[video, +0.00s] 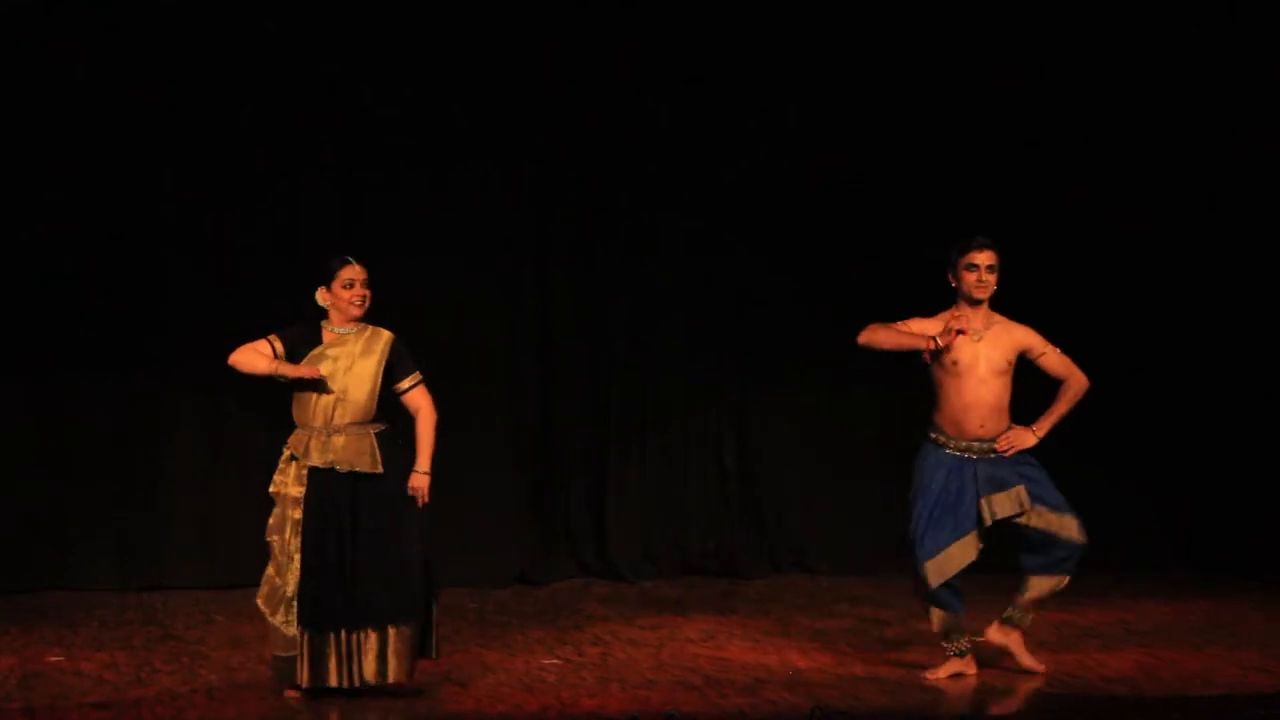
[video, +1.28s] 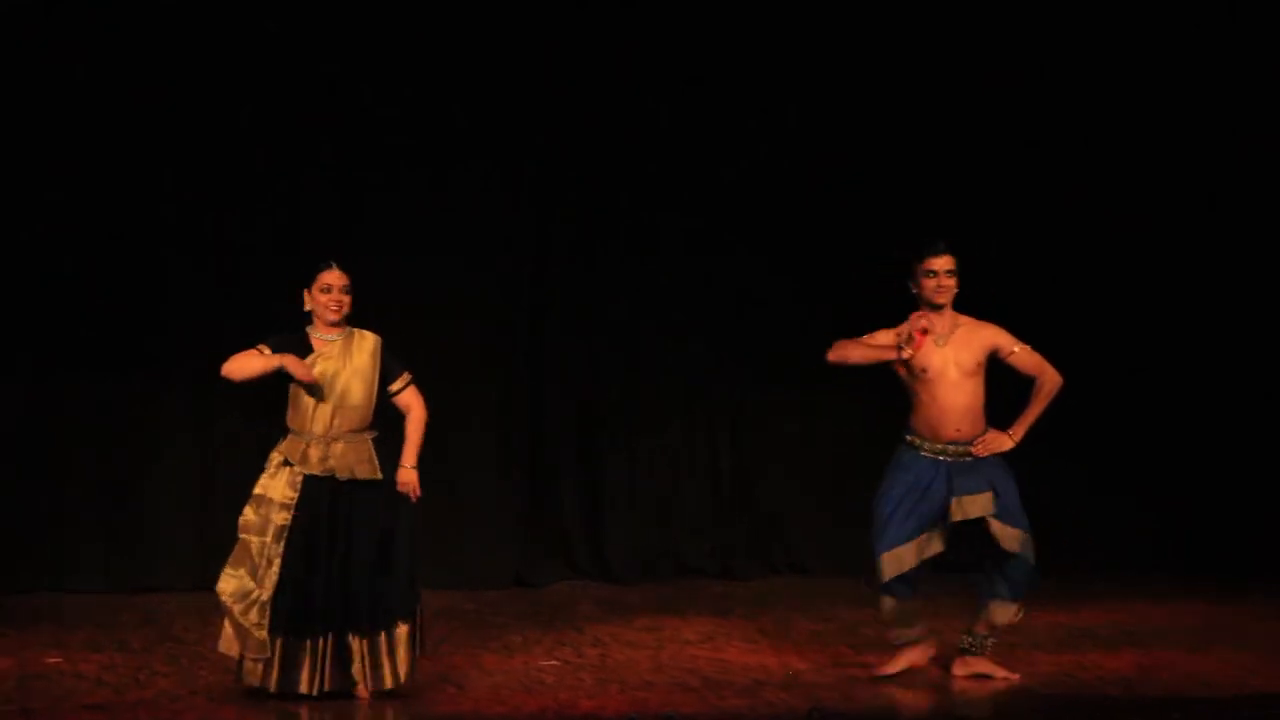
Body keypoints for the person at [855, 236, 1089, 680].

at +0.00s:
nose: (982, 277)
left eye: (989, 270)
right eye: (972, 269)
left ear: (998, 278)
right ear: (955, 275)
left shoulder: (1015, 334)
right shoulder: (935, 326)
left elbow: (1077, 381)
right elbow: (867, 336)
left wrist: (1036, 430)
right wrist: (930, 339)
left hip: (1003, 454)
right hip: (944, 453)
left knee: (1063, 536)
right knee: (934, 552)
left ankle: (1009, 626)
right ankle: (959, 654)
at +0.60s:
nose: (913, 280)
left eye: (924, 273)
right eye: (908, 272)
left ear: (945, 281)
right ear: (902, 278)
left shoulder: (978, 331)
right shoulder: (891, 334)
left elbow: (1046, 375)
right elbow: (809, 347)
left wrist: (1008, 431)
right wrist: (872, 340)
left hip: (973, 454)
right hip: (915, 456)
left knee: (1028, 545)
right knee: (897, 554)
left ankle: (971, 623)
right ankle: (925, 657)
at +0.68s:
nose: (904, 284)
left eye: (915, 277)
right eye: (900, 276)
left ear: (937, 285)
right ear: (895, 282)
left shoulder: (971, 334)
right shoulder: (884, 339)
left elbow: (1037, 379)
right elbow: (799, 351)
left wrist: (1000, 435)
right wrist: (861, 342)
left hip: (965, 458)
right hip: (908, 458)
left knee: (1008, 545)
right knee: (899, 557)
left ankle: (935, 589)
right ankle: (924, 658)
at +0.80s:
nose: (894, 284)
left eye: (905, 277)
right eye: (890, 276)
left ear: (927, 284)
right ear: (885, 282)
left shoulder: (963, 332)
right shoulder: (875, 340)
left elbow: (1029, 377)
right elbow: (791, 350)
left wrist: (993, 434)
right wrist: (848, 337)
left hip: (955, 459)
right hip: (901, 457)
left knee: (956, 560)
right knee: (894, 555)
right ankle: (921, 656)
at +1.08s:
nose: (904, 287)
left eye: (914, 279)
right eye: (896, 279)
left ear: (930, 286)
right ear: (887, 285)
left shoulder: (964, 335)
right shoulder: (875, 343)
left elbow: (1026, 384)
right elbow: (801, 358)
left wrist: (990, 438)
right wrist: (863, 344)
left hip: (951, 462)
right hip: (896, 458)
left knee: (986, 555)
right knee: (871, 557)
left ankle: (912, 610)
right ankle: (884, 658)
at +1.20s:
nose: (925, 282)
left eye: (934, 274)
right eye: (915, 274)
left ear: (946, 281)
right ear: (903, 281)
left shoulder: (976, 331)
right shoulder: (893, 336)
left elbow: (1039, 379)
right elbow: (822, 358)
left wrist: (1003, 435)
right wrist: (881, 345)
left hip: (967, 457)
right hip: (909, 455)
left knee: (1006, 549)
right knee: (883, 549)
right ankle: (889, 658)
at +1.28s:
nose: (941, 282)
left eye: (949, 274)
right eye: (931, 274)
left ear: (958, 280)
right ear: (916, 282)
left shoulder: (984, 334)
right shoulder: (901, 337)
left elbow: (1050, 378)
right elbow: (836, 354)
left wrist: (1014, 433)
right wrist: (896, 344)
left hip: (978, 456)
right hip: (920, 456)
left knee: (1015, 551)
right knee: (889, 549)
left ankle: (975, 654)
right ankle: (914, 642)